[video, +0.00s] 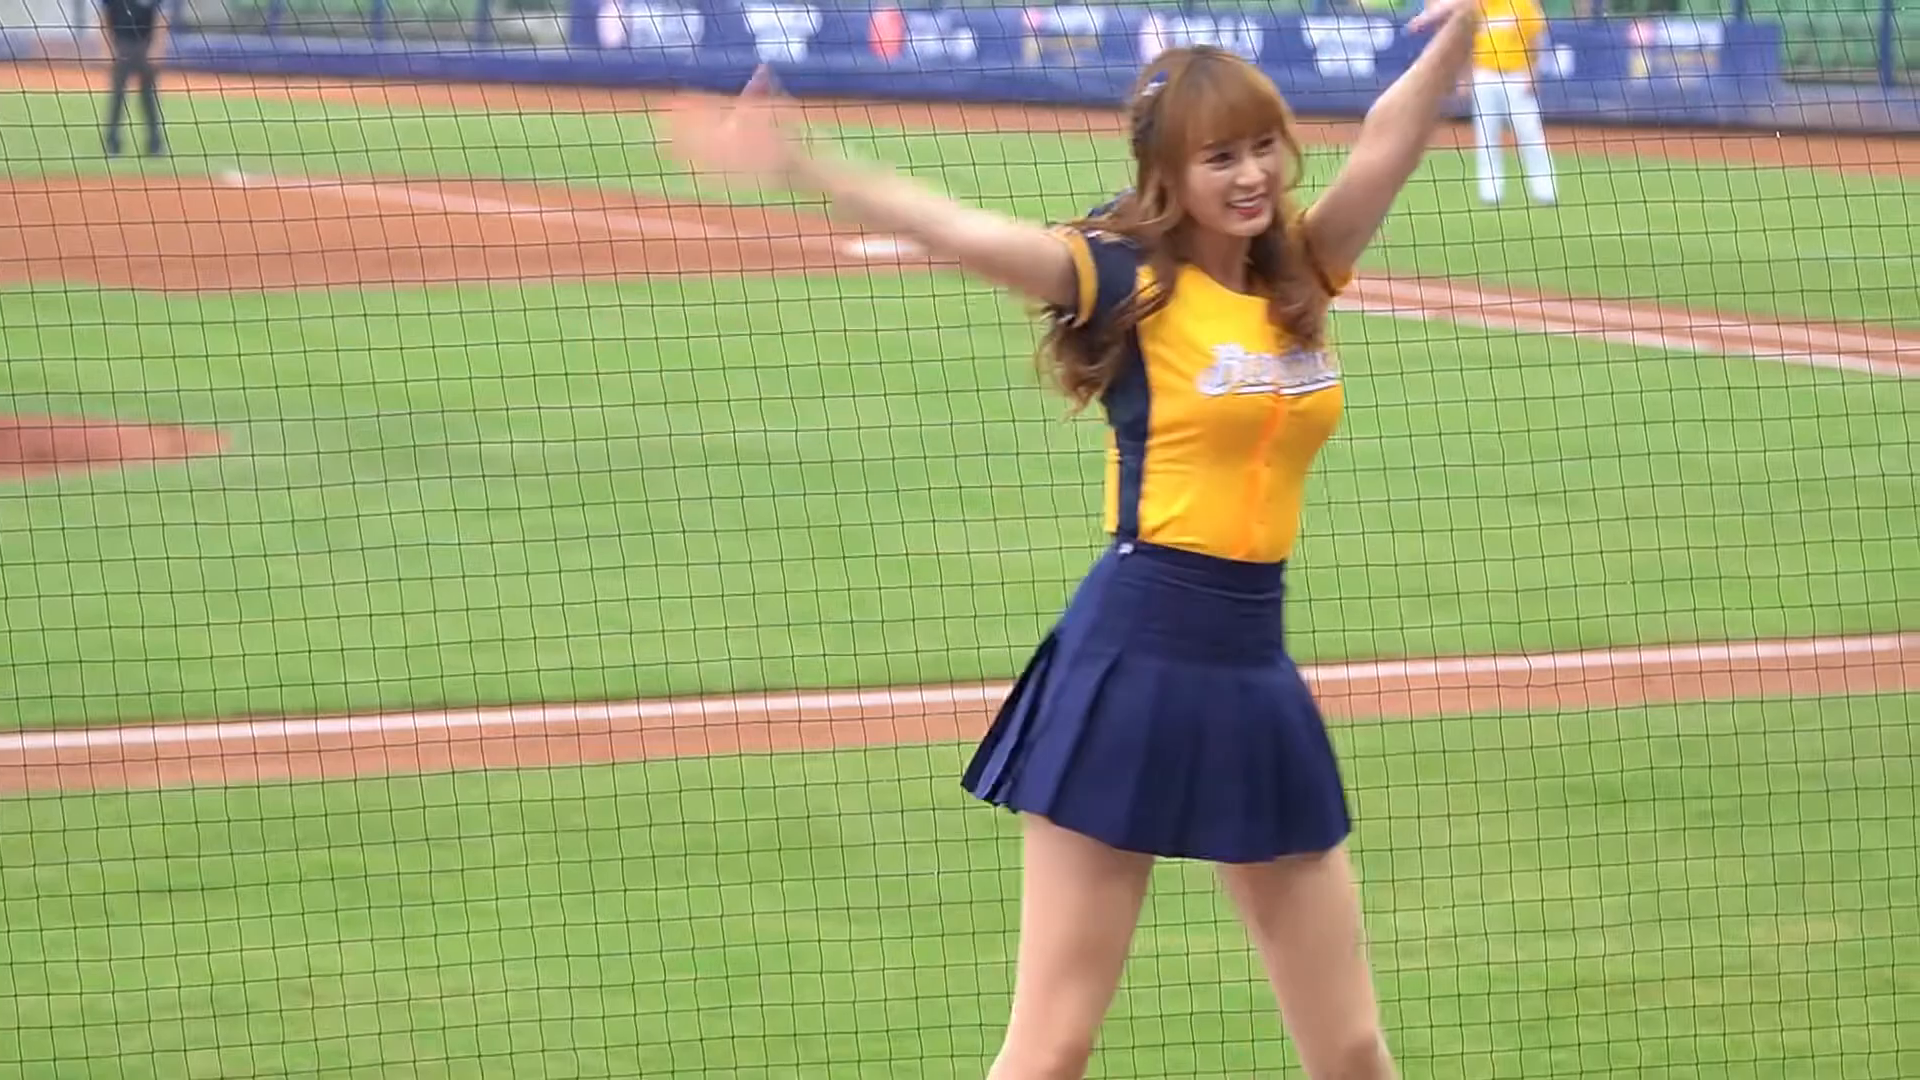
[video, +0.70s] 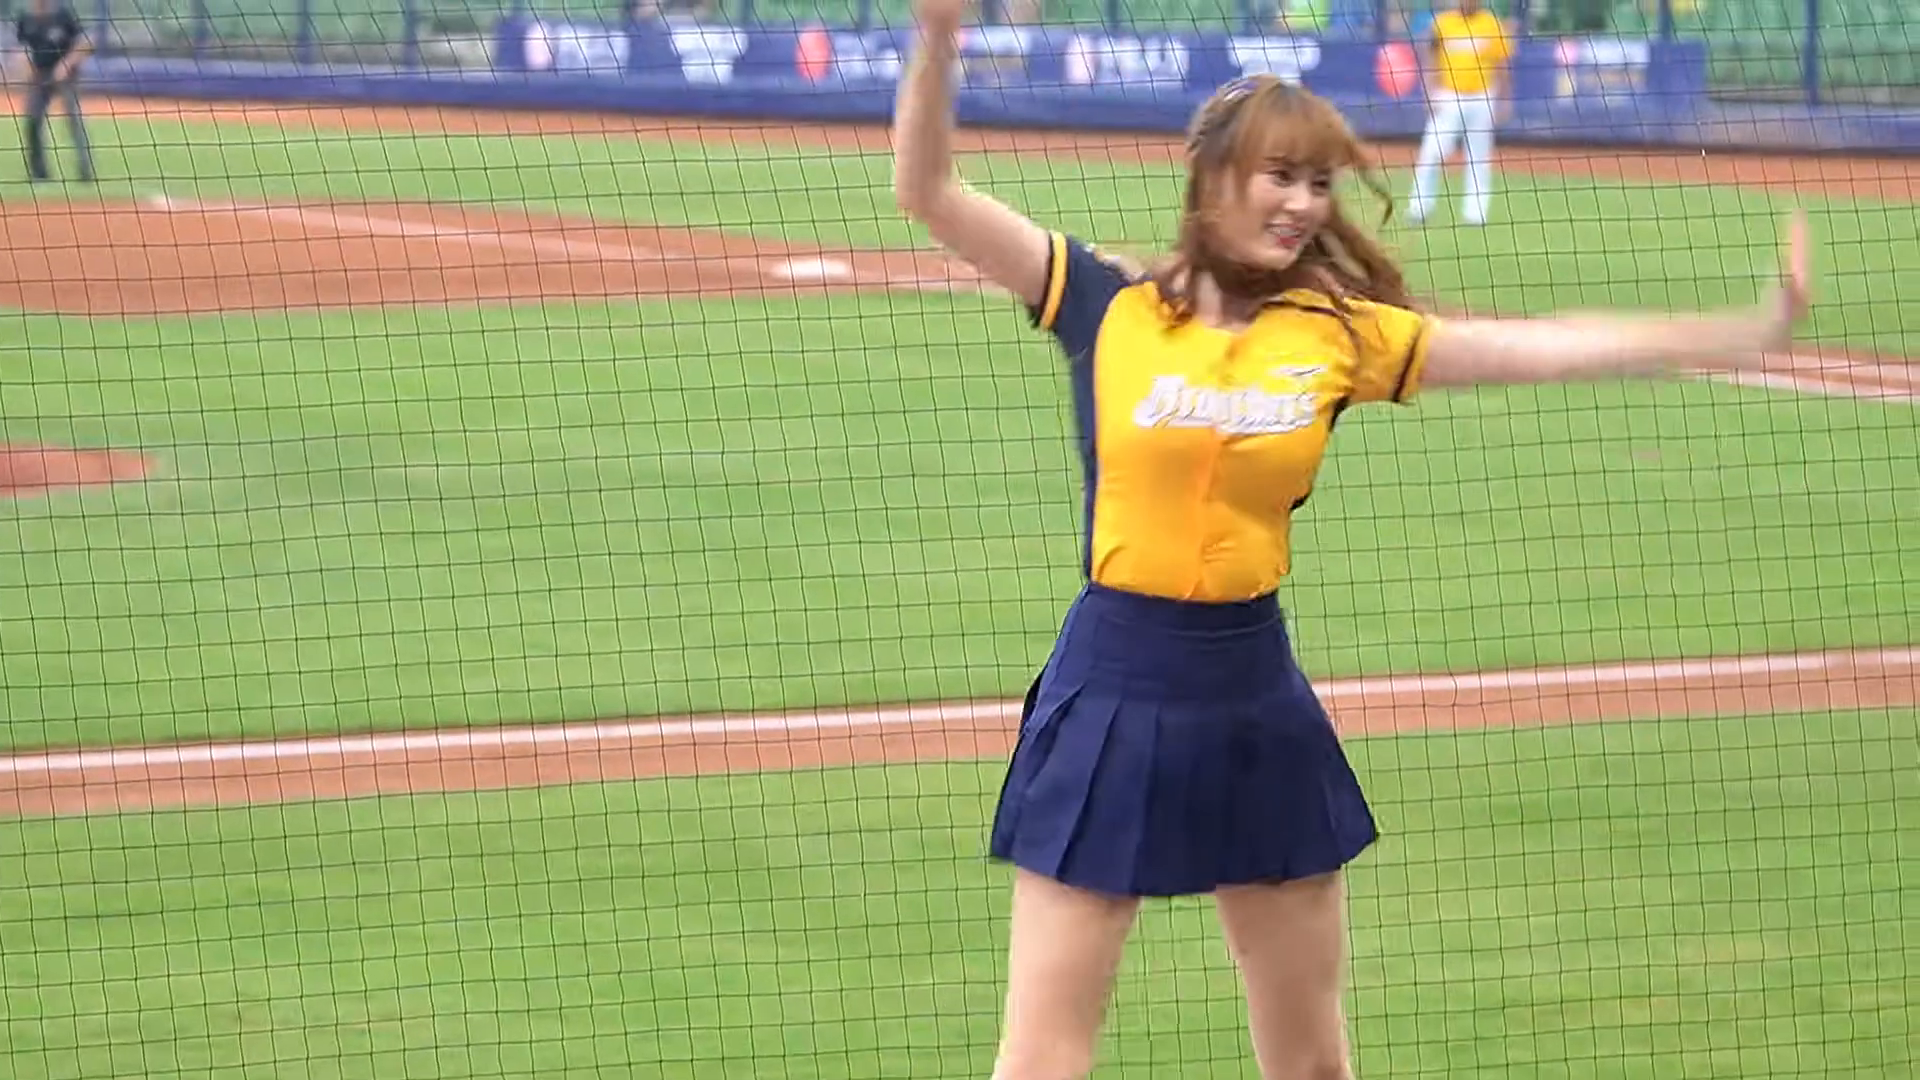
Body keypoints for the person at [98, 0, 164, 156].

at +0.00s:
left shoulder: (152, 4)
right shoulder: (111, 3)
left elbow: (161, 20)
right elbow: (105, 23)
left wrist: (156, 49)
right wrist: (112, 50)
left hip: (145, 46)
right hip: (121, 46)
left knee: (148, 96)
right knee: (117, 95)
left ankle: (154, 139)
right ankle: (112, 137)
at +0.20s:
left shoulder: (139, 3)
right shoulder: (93, 2)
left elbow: (145, 20)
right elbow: (86, 20)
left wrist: (136, 49)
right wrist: (92, 49)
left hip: (130, 45)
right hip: (104, 44)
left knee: (133, 96)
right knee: (99, 94)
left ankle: (137, 140)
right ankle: (96, 140)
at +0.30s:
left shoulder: (119, 3)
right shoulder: (74, 3)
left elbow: (126, 22)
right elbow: (68, 23)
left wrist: (114, 51)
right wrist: (76, 49)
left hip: (110, 48)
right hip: (85, 47)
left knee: (115, 98)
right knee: (79, 98)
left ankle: (119, 143)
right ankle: (81, 144)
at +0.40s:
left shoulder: (99, 3)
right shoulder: (54, 3)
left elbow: (108, 25)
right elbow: (49, 24)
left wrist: (94, 52)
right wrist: (55, 50)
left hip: (91, 50)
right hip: (65, 50)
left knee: (98, 102)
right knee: (60, 100)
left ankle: (102, 147)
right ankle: (61, 148)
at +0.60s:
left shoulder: (73, 6)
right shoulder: (34, 8)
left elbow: (91, 34)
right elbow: (31, 40)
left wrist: (73, 58)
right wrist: (39, 64)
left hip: (73, 63)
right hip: (49, 64)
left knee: (82, 111)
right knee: (41, 113)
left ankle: (93, 159)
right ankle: (46, 161)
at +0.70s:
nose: (40, 7)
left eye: (44, 4)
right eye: (37, 4)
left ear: (52, 4)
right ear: (31, 5)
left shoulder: (63, 15)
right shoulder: (25, 20)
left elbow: (83, 44)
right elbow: (22, 51)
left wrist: (65, 65)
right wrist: (32, 73)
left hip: (64, 72)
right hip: (41, 74)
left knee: (74, 118)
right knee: (33, 121)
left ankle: (85, 166)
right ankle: (38, 168)